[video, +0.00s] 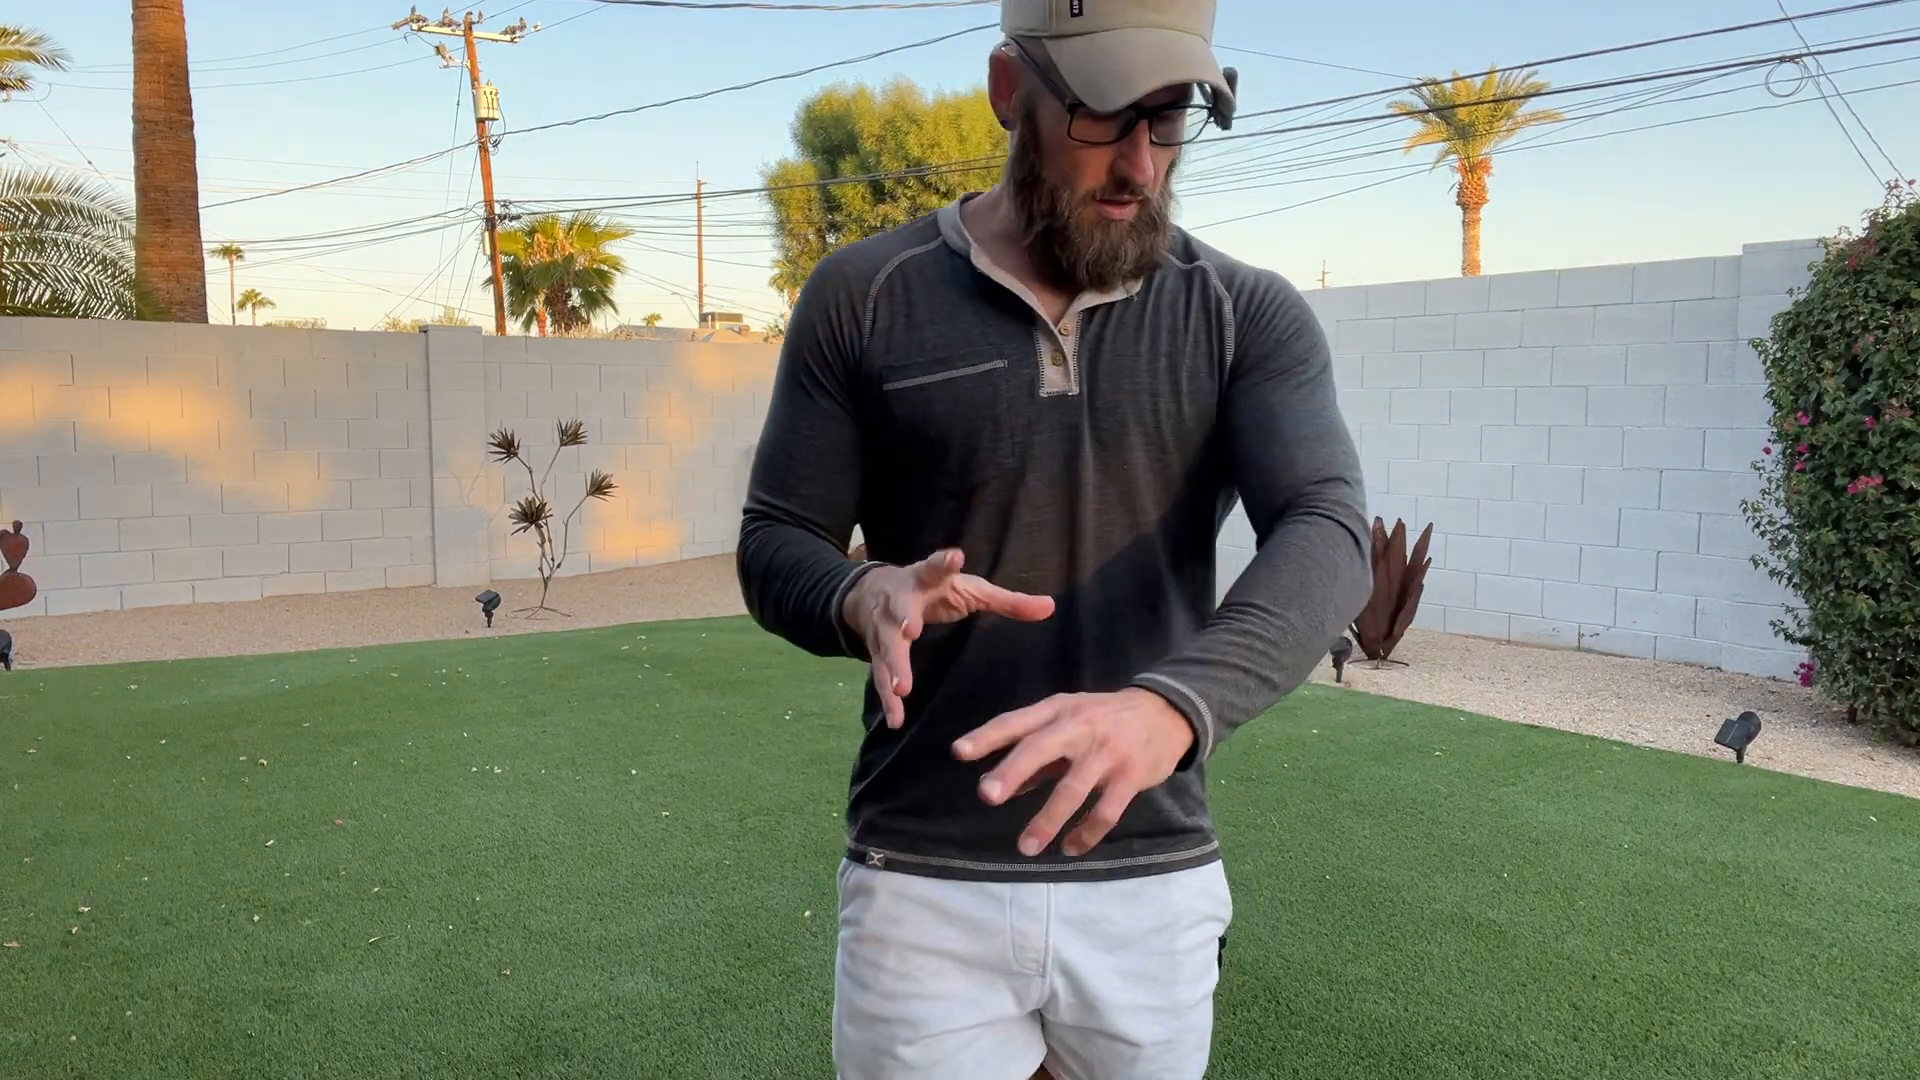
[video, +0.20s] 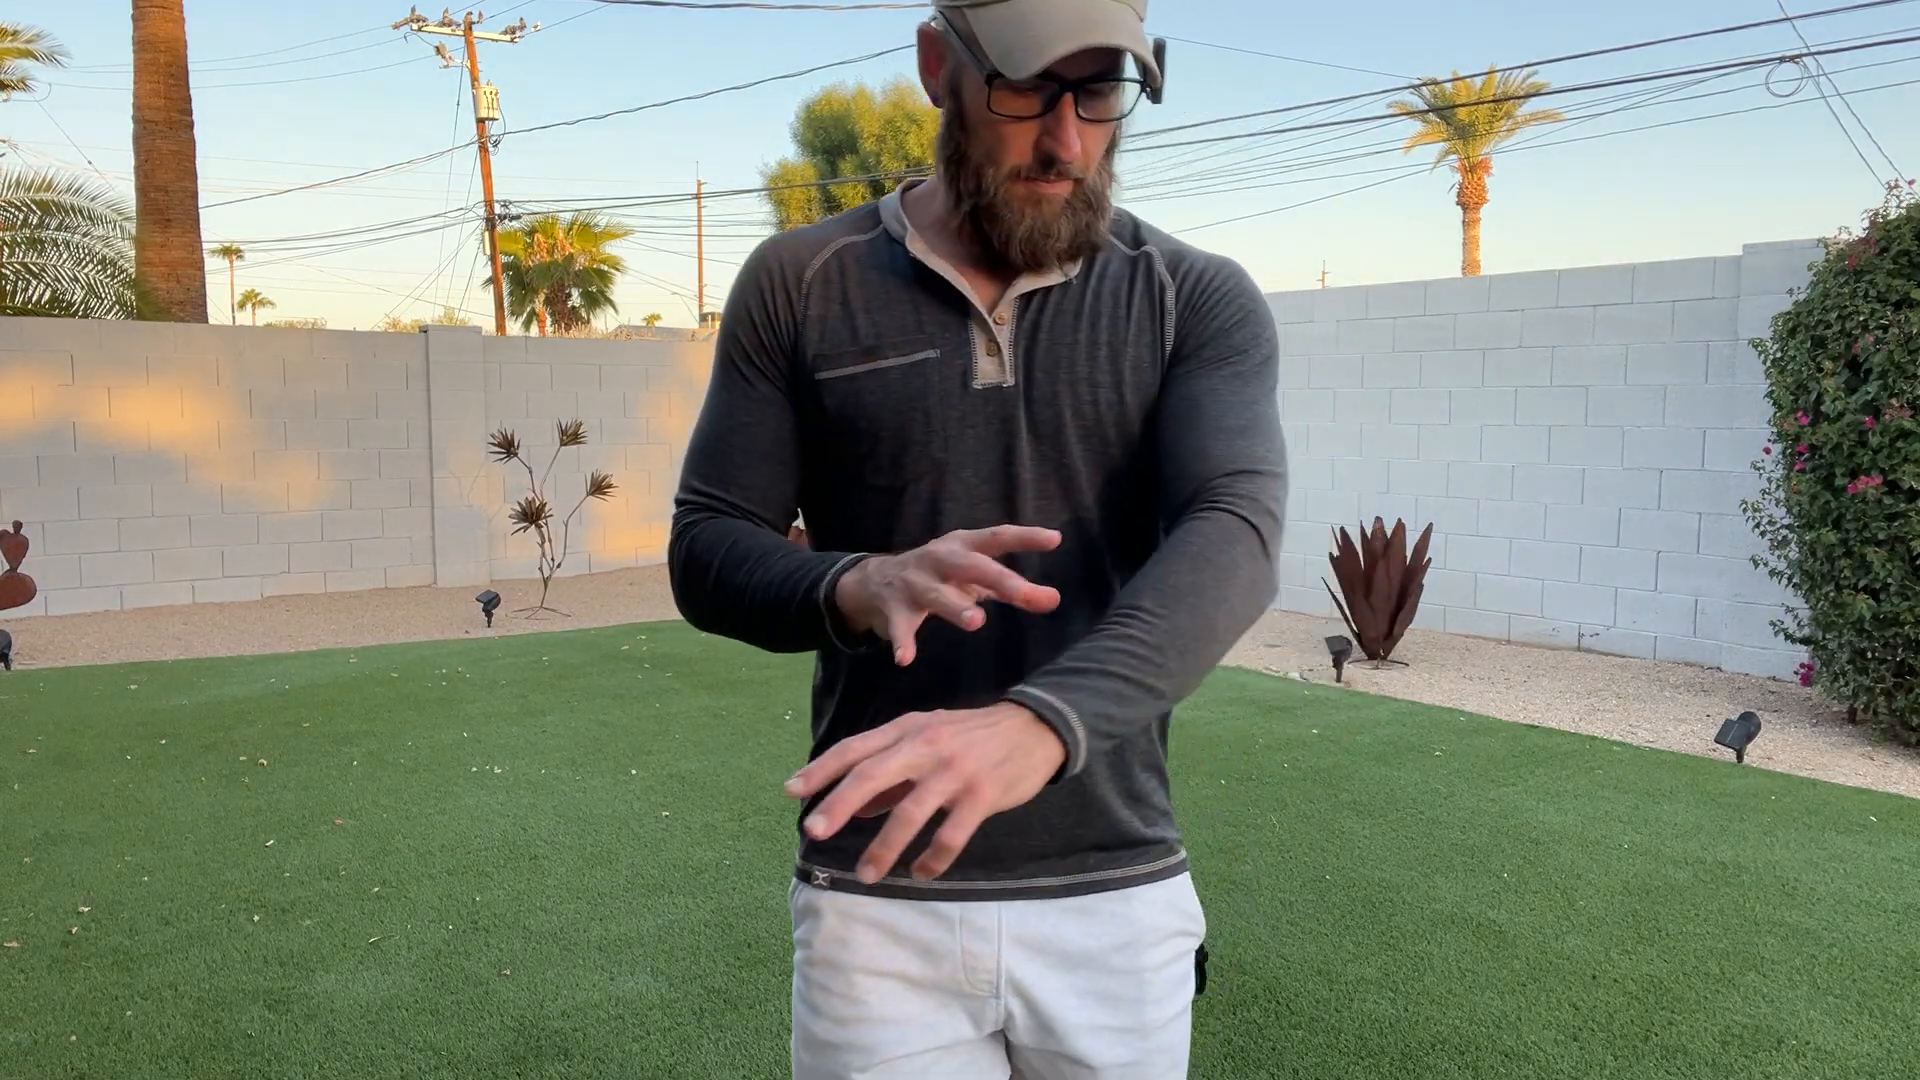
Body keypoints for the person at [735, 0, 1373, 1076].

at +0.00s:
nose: (1139, 164)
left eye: (1167, 122)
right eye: (1100, 118)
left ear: (1194, 112)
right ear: (1010, 89)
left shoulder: (1248, 317)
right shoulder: (862, 300)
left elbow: (1324, 535)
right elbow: (778, 539)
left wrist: (1174, 705)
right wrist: (861, 599)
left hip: (1153, 896)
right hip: (925, 893)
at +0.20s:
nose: (1066, 146)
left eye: (1097, 102)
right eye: (1027, 101)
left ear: (1128, 95)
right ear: (938, 67)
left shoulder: (1198, 300)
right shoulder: (800, 285)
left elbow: (1234, 533)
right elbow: (709, 552)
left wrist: (1042, 723)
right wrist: (854, 585)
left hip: (1115, 906)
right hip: (877, 910)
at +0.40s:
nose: (975, 97)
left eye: (1013, 53)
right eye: (930, 50)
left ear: (1051, 67)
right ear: (858, 57)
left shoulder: (1140, 286)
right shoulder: (734, 278)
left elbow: (1092, 561)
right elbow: (671, 554)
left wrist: (857, 742)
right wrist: (946, 553)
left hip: (1072, 921)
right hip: (819, 923)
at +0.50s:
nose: (935, 90)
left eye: (975, 48)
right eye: (893, 45)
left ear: (1015, 64)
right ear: (827, 54)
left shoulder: (1111, 279)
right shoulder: (704, 277)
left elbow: (1079, 566)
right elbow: (637, 550)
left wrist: (815, 722)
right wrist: (922, 553)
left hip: (1057, 927)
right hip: (802, 931)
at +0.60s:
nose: (908, 84)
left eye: (946, 41)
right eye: (863, 39)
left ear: (988, 58)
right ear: (800, 45)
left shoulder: (1092, 273)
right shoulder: (679, 278)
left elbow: (1076, 560)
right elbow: (623, 557)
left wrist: (810, 702)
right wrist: (917, 543)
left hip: (1044, 920)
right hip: (790, 934)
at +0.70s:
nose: (881, 74)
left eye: (922, 27)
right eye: (836, 25)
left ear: (966, 45)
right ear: (768, 35)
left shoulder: (1072, 273)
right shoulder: (659, 289)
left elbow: (1115, 556)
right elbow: (611, 574)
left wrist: (860, 672)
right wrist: (892, 550)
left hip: (1032, 920)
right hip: (776, 939)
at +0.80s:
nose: (859, 75)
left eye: (902, 26)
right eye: (815, 26)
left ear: (950, 43)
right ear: (752, 35)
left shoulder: (1072, 279)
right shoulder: (641, 299)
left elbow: (1200, 550)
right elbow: (568, 598)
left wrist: (1026, 630)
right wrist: (721, 565)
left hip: (1028, 929)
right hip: (767, 947)